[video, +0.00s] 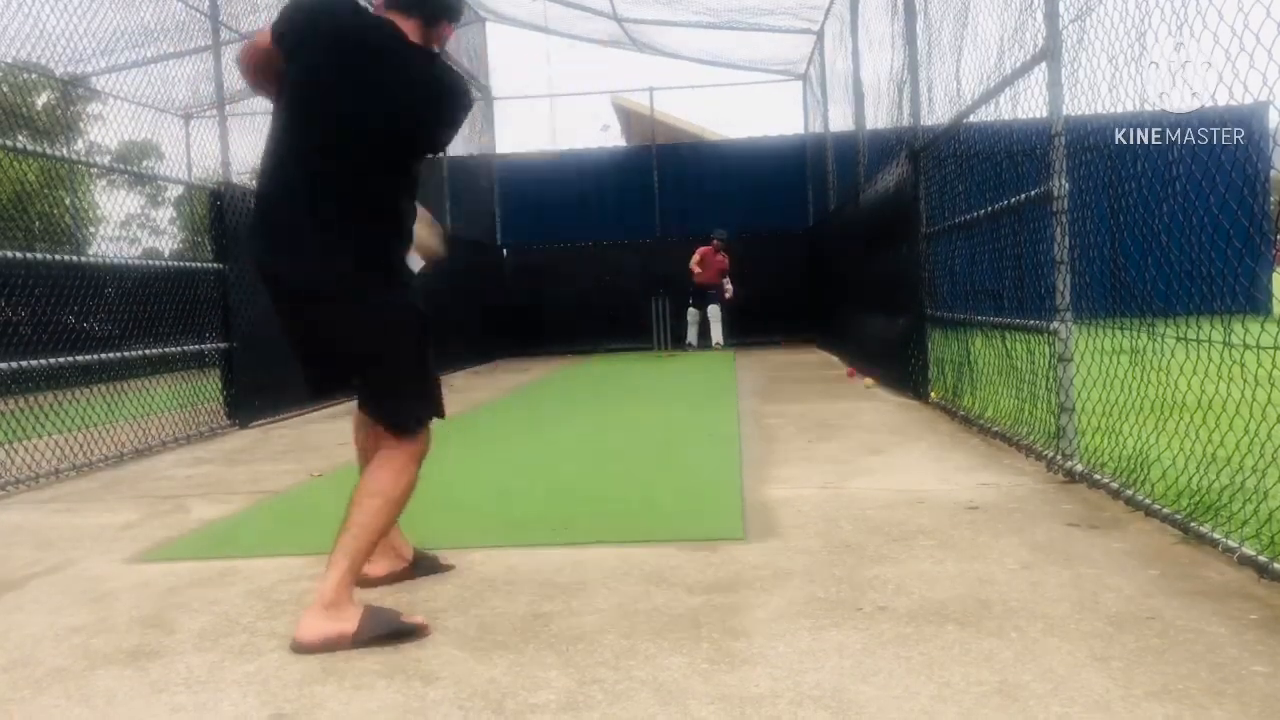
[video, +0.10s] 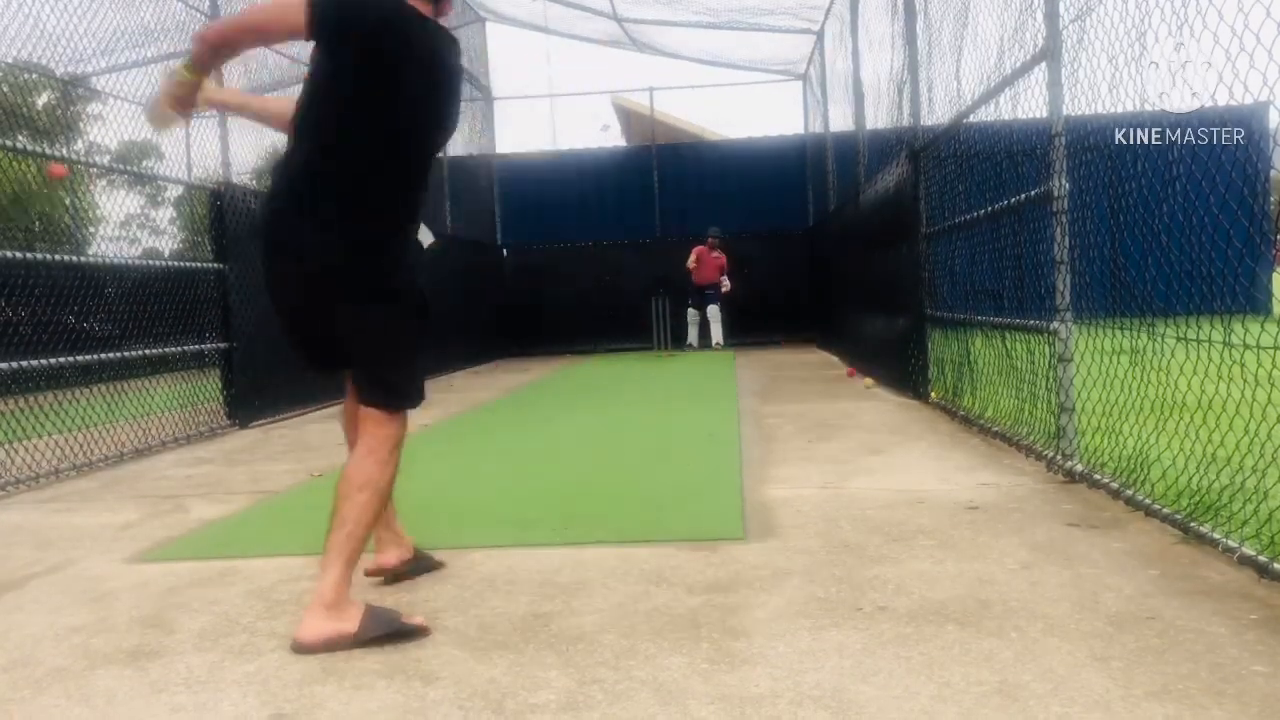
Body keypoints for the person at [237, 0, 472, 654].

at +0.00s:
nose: (447, 39)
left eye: (446, 27)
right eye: (448, 28)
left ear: (382, 4)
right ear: (441, 25)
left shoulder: (319, 14)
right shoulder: (443, 89)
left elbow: (254, 62)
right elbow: (404, 147)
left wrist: (313, 104)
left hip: (283, 249)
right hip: (361, 262)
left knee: (379, 393)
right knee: (409, 434)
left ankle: (382, 546)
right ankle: (331, 607)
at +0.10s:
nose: (453, 10)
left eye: (447, 9)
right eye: (453, 9)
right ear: (441, 7)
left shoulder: (356, 12)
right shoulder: (441, 59)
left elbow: (217, 36)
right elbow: (322, 115)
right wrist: (214, 95)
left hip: (297, 238)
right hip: (376, 248)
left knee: (362, 383)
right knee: (380, 430)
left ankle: (390, 540)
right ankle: (330, 607)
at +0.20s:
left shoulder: (378, 20)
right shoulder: (404, 27)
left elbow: (270, 29)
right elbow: (273, 40)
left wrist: (190, 3)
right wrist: (188, 2)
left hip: (306, 244)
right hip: (378, 249)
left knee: (330, 395)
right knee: (366, 429)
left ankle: (367, 538)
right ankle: (330, 604)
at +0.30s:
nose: (331, 0)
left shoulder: (395, 18)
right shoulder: (347, 25)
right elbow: (265, 10)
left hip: (294, 238)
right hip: (362, 245)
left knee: (293, 399)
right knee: (350, 420)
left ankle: (342, 546)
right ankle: (327, 608)